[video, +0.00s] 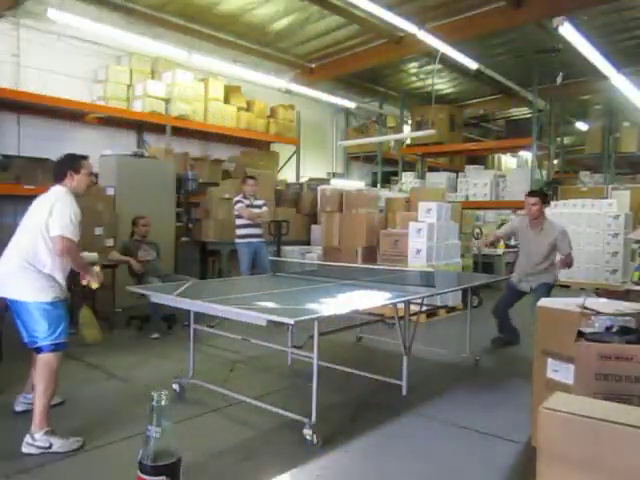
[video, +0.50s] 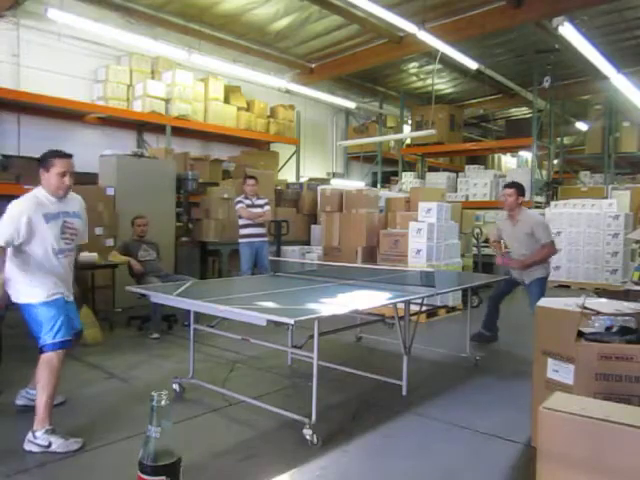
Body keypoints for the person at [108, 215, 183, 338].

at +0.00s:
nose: (147, 229)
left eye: (148, 226)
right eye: (143, 226)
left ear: (150, 227)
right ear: (135, 228)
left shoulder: (154, 245)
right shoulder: (128, 245)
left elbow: (157, 262)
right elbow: (111, 256)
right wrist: (130, 260)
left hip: (160, 275)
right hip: (144, 276)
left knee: (190, 282)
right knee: (157, 288)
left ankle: (190, 320)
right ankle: (154, 328)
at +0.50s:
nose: (142, 228)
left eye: (145, 225)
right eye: (139, 226)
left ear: (148, 227)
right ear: (133, 228)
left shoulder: (153, 245)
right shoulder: (128, 244)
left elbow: (158, 262)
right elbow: (112, 256)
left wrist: (163, 272)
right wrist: (130, 260)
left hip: (161, 274)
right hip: (145, 276)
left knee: (192, 283)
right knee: (159, 292)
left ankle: (188, 320)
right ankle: (154, 329)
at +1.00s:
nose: (145, 228)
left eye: (147, 225)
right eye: (142, 225)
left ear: (149, 227)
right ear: (134, 228)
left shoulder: (154, 245)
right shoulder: (128, 244)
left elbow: (158, 261)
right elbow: (112, 256)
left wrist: (163, 272)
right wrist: (130, 260)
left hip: (162, 274)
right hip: (145, 276)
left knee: (192, 283)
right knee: (159, 292)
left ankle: (188, 320)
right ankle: (154, 329)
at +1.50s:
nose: (147, 228)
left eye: (148, 225)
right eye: (144, 225)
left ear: (149, 227)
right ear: (135, 227)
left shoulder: (154, 245)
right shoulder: (128, 244)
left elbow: (158, 262)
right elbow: (112, 255)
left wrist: (163, 272)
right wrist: (130, 260)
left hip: (162, 275)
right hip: (146, 276)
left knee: (192, 283)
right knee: (158, 292)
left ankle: (188, 320)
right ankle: (154, 329)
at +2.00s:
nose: (146, 228)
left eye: (147, 225)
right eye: (143, 225)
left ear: (149, 226)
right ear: (135, 227)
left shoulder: (154, 245)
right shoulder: (128, 244)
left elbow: (158, 262)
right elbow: (112, 255)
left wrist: (162, 272)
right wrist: (130, 260)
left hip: (161, 274)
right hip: (145, 276)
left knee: (192, 283)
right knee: (159, 293)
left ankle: (189, 320)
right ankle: (154, 329)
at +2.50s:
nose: (140, 226)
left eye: (143, 223)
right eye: (137, 223)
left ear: (146, 225)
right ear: (131, 225)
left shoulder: (152, 244)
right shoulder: (125, 243)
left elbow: (156, 262)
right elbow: (114, 254)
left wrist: (161, 271)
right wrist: (128, 258)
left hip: (159, 273)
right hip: (142, 273)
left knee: (189, 281)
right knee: (160, 288)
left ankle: (186, 319)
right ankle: (154, 328)